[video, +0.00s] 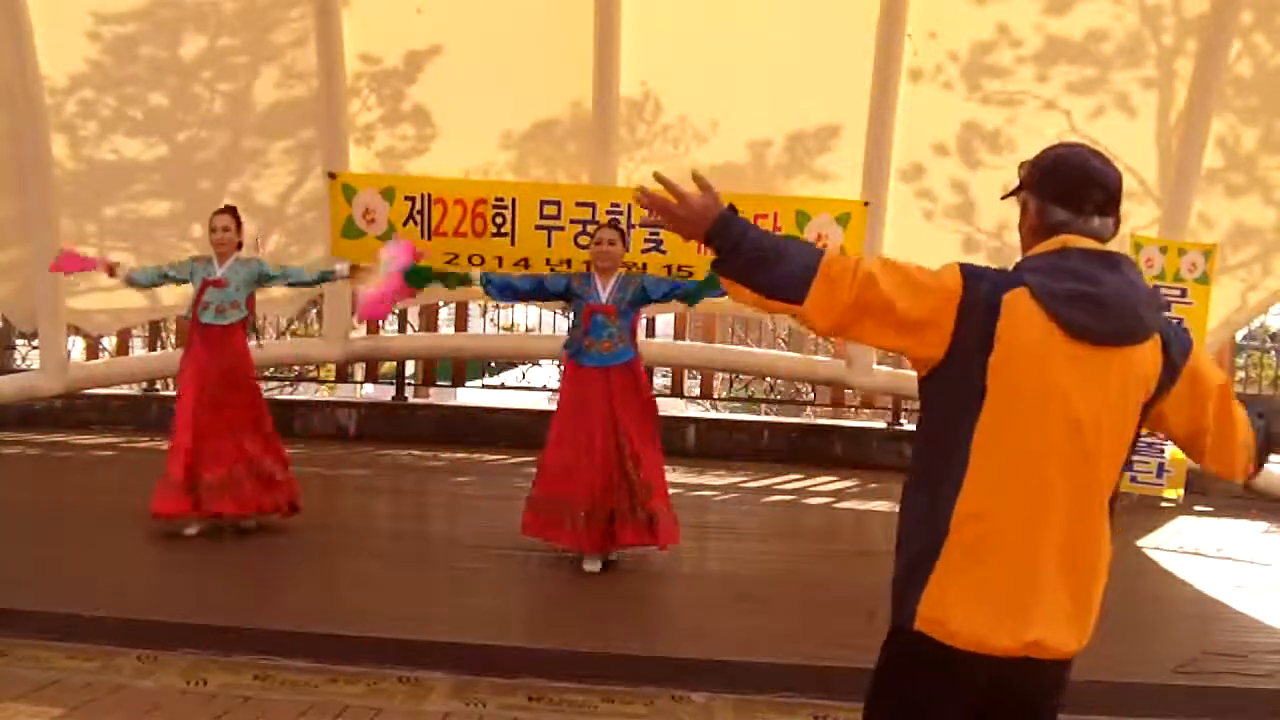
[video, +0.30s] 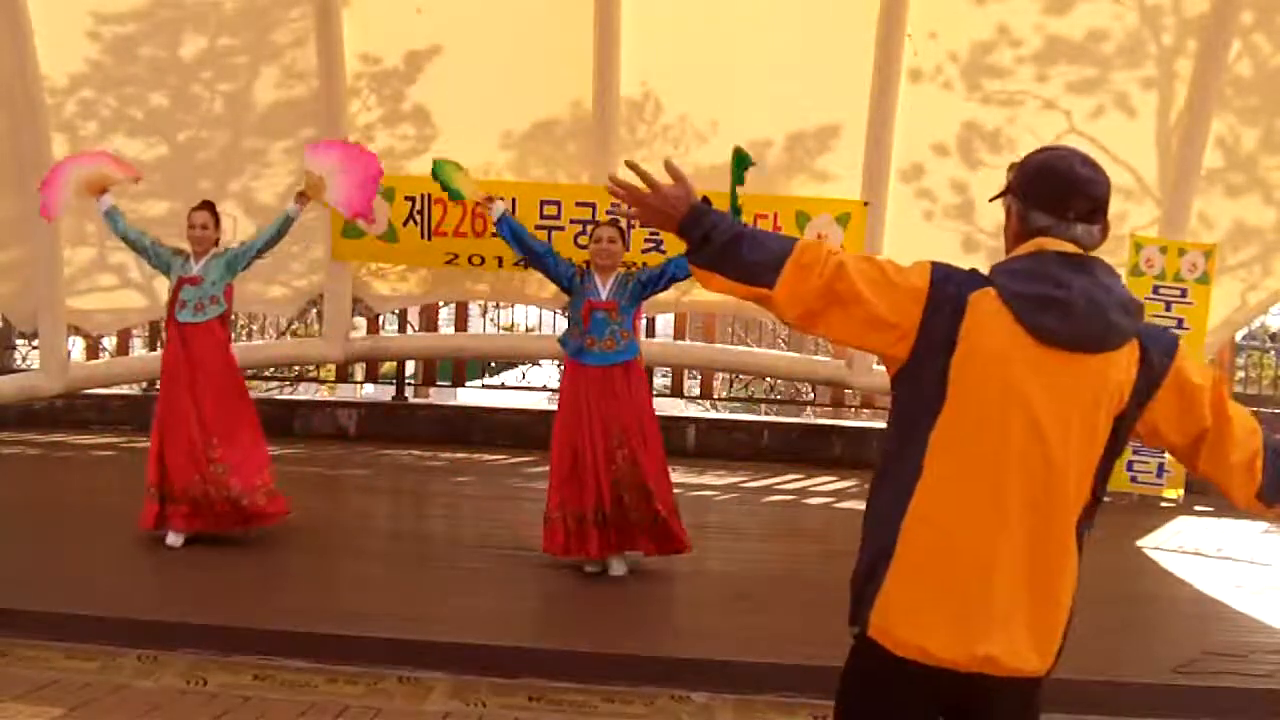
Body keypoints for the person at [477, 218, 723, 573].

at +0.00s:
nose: (604, 248)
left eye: (612, 243)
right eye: (599, 242)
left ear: (623, 251)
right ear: (589, 249)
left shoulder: (636, 286)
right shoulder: (576, 284)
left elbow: (681, 291)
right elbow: (526, 285)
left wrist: (715, 280)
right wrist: (476, 278)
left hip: (621, 381)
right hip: (583, 380)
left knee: (616, 456)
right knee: (586, 456)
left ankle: (608, 541)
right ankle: (589, 543)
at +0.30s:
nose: (604, 247)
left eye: (612, 241)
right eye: (598, 241)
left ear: (624, 250)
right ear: (588, 248)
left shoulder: (634, 283)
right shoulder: (576, 280)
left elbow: (676, 268)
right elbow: (538, 252)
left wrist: (712, 246)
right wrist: (499, 215)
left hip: (622, 380)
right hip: (581, 379)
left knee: (620, 459)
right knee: (584, 458)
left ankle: (617, 549)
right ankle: (591, 547)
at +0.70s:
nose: (606, 252)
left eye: (614, 246)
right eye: (600, 245)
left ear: (624, 254)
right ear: (587, 251)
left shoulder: (633, 289)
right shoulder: (576, 284)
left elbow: (654, 265)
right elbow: (560, 242)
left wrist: (659, 222)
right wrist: (554, 187)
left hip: (622, 389)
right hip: (580, 388)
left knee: (618, 471)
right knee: (576, 468)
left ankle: (608, 561)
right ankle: (570, 558)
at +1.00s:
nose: (605, 259)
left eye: (613, 253)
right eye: (599, 251)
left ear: (624, 263)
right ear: (585, 256)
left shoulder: (628, 299)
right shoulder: (571, 292)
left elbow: (655, 273)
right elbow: (568, 253)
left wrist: (654, 229)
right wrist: (584, 212)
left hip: (618, 402)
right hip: (576, 400)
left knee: (622, 483)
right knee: (576, 482)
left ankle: (623, 572)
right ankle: (579, 572)